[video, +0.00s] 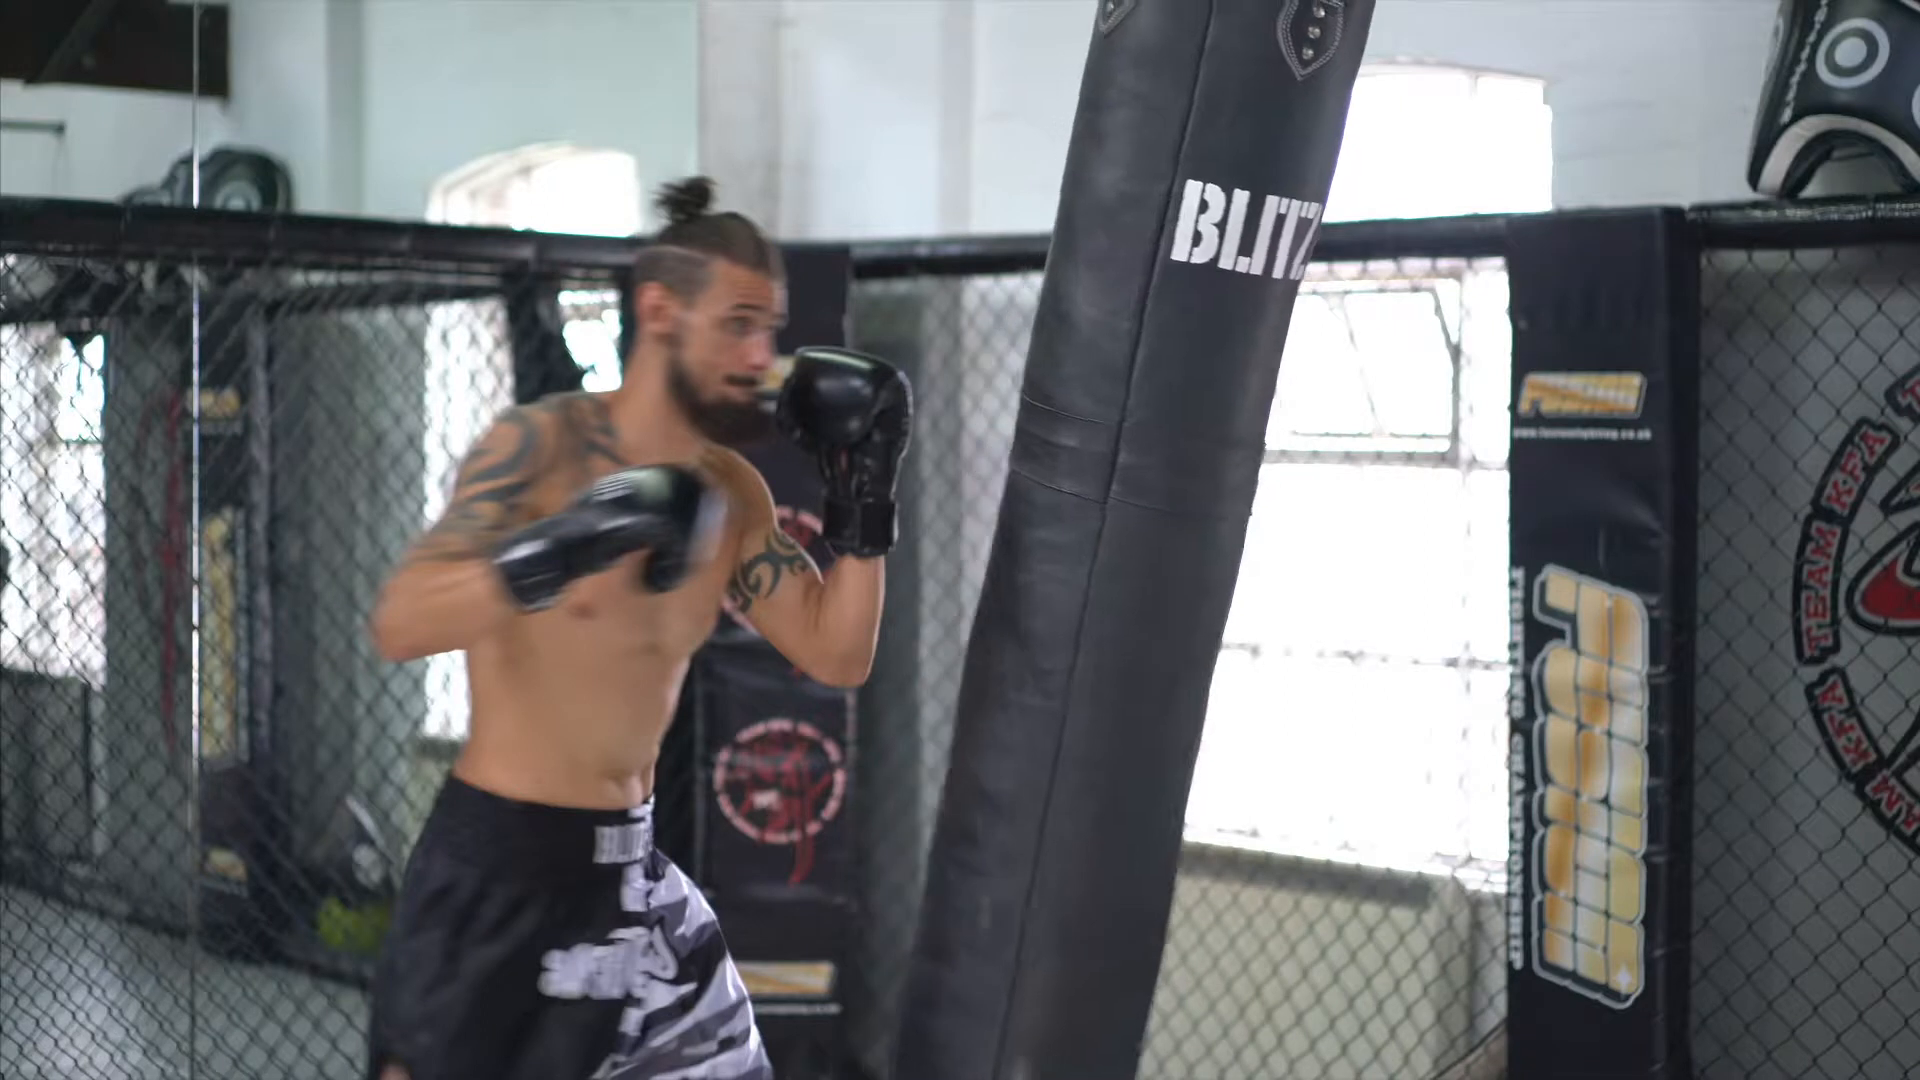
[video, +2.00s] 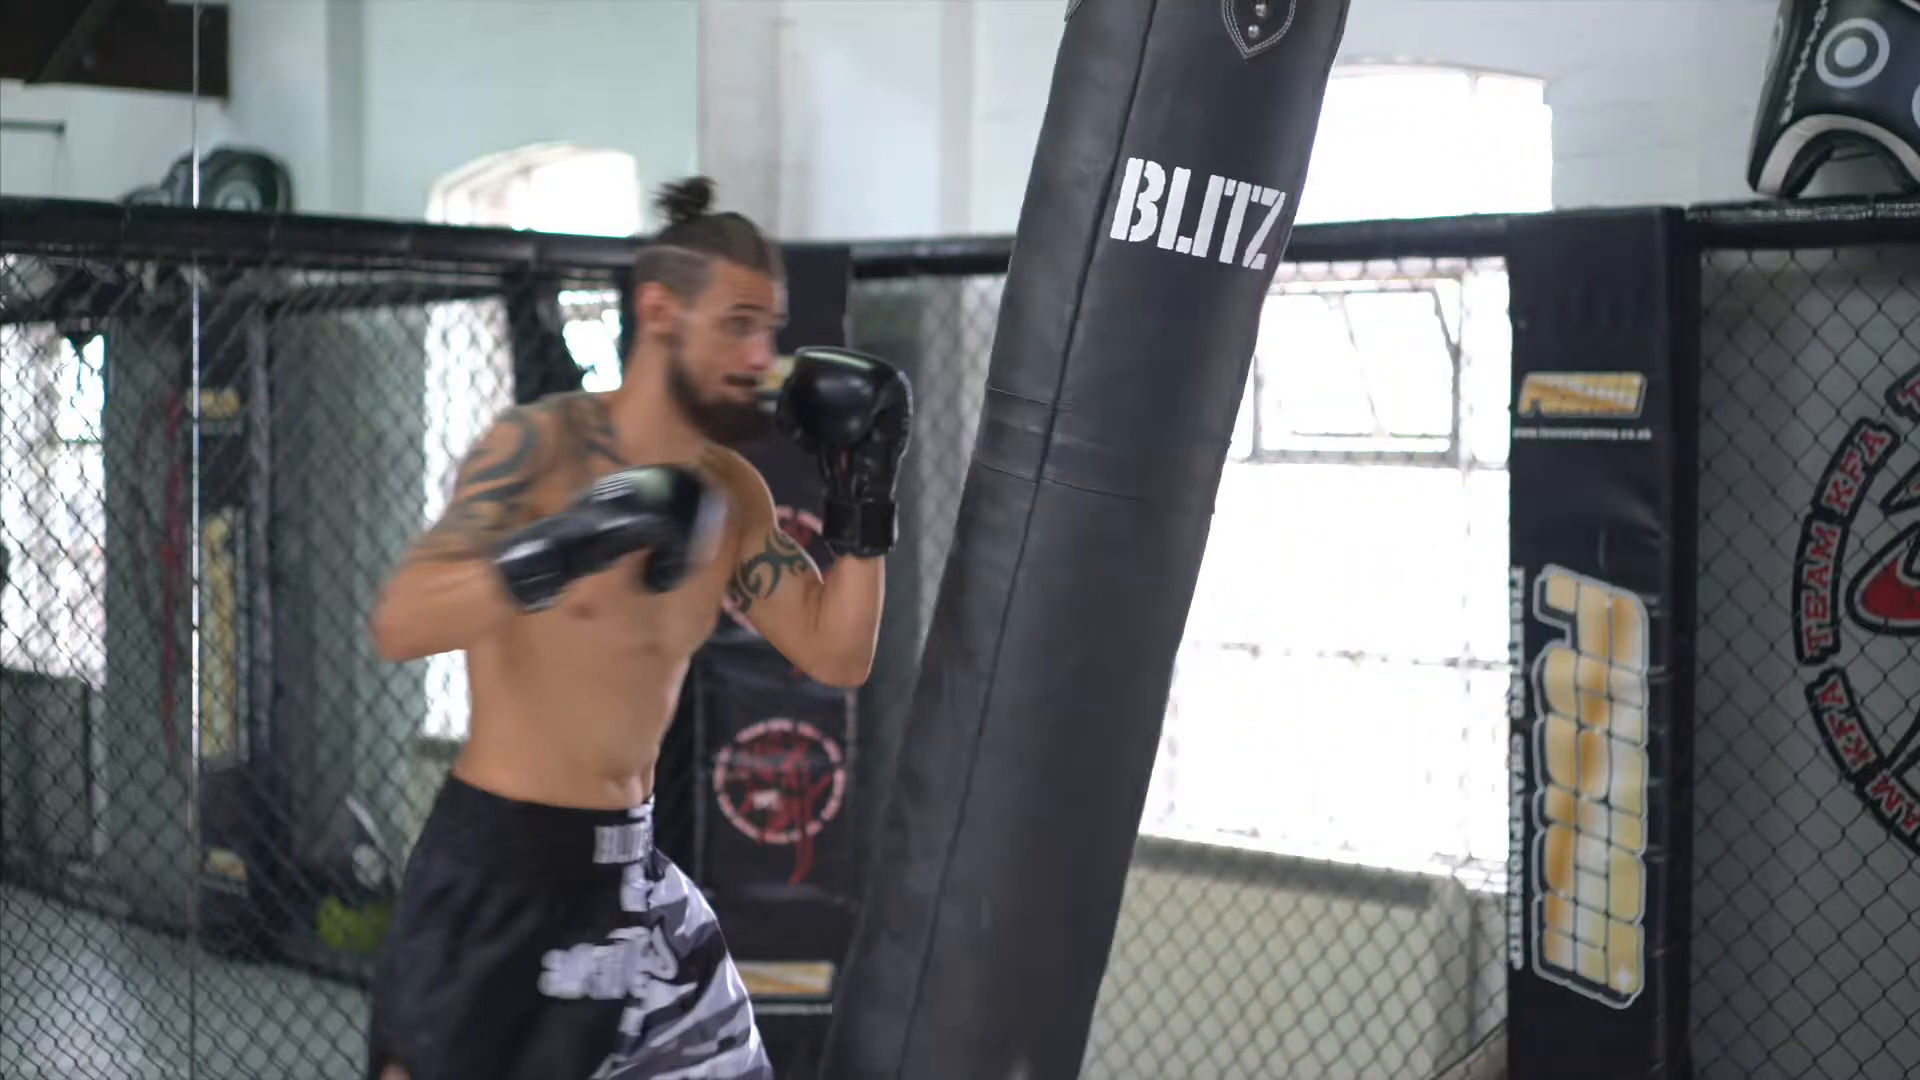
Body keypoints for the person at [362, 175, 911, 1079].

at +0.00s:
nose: (763, 357)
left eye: (773, 331)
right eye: (740, 325)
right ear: (656, 309)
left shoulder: (733, 492)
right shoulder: (538, 440)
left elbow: (839, 655)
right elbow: (400, 623)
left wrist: (866, 481)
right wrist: (568, 546)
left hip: (636, 867)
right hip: (500, 865)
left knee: (731, 1066)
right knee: (443, 1064)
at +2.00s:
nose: (762, 357)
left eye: (772, 331)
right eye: (739, 325)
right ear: (656, 310)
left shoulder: (733, 492)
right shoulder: (538, 441)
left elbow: (839, 656)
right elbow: (400, 624)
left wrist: (866, 479)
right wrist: (568, 547)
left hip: (635, 867)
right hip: (500, 865)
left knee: (732, 1066)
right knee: (437, 1065)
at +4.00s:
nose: (763, 357)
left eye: (772, 331)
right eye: (739, 325)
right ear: (656, 309)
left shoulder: (733, 492)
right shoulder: (538, 441)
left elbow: (839, 655)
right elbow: (400, 623)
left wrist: (865, 482)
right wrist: (569, 546)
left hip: (635, 868)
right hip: (500, 866)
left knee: (732, 1066)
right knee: (440, 1065)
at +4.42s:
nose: (762, 357)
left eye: (772, 331)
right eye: (739, 325)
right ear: (656, 310)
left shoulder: (733, 492)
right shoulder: (537, 441)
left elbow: (839, 655)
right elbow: (400, 623)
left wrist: (865, 480)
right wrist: (569, 546)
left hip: (635, 866)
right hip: (500, 865)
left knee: (731, 1066)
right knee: (438, 1065)